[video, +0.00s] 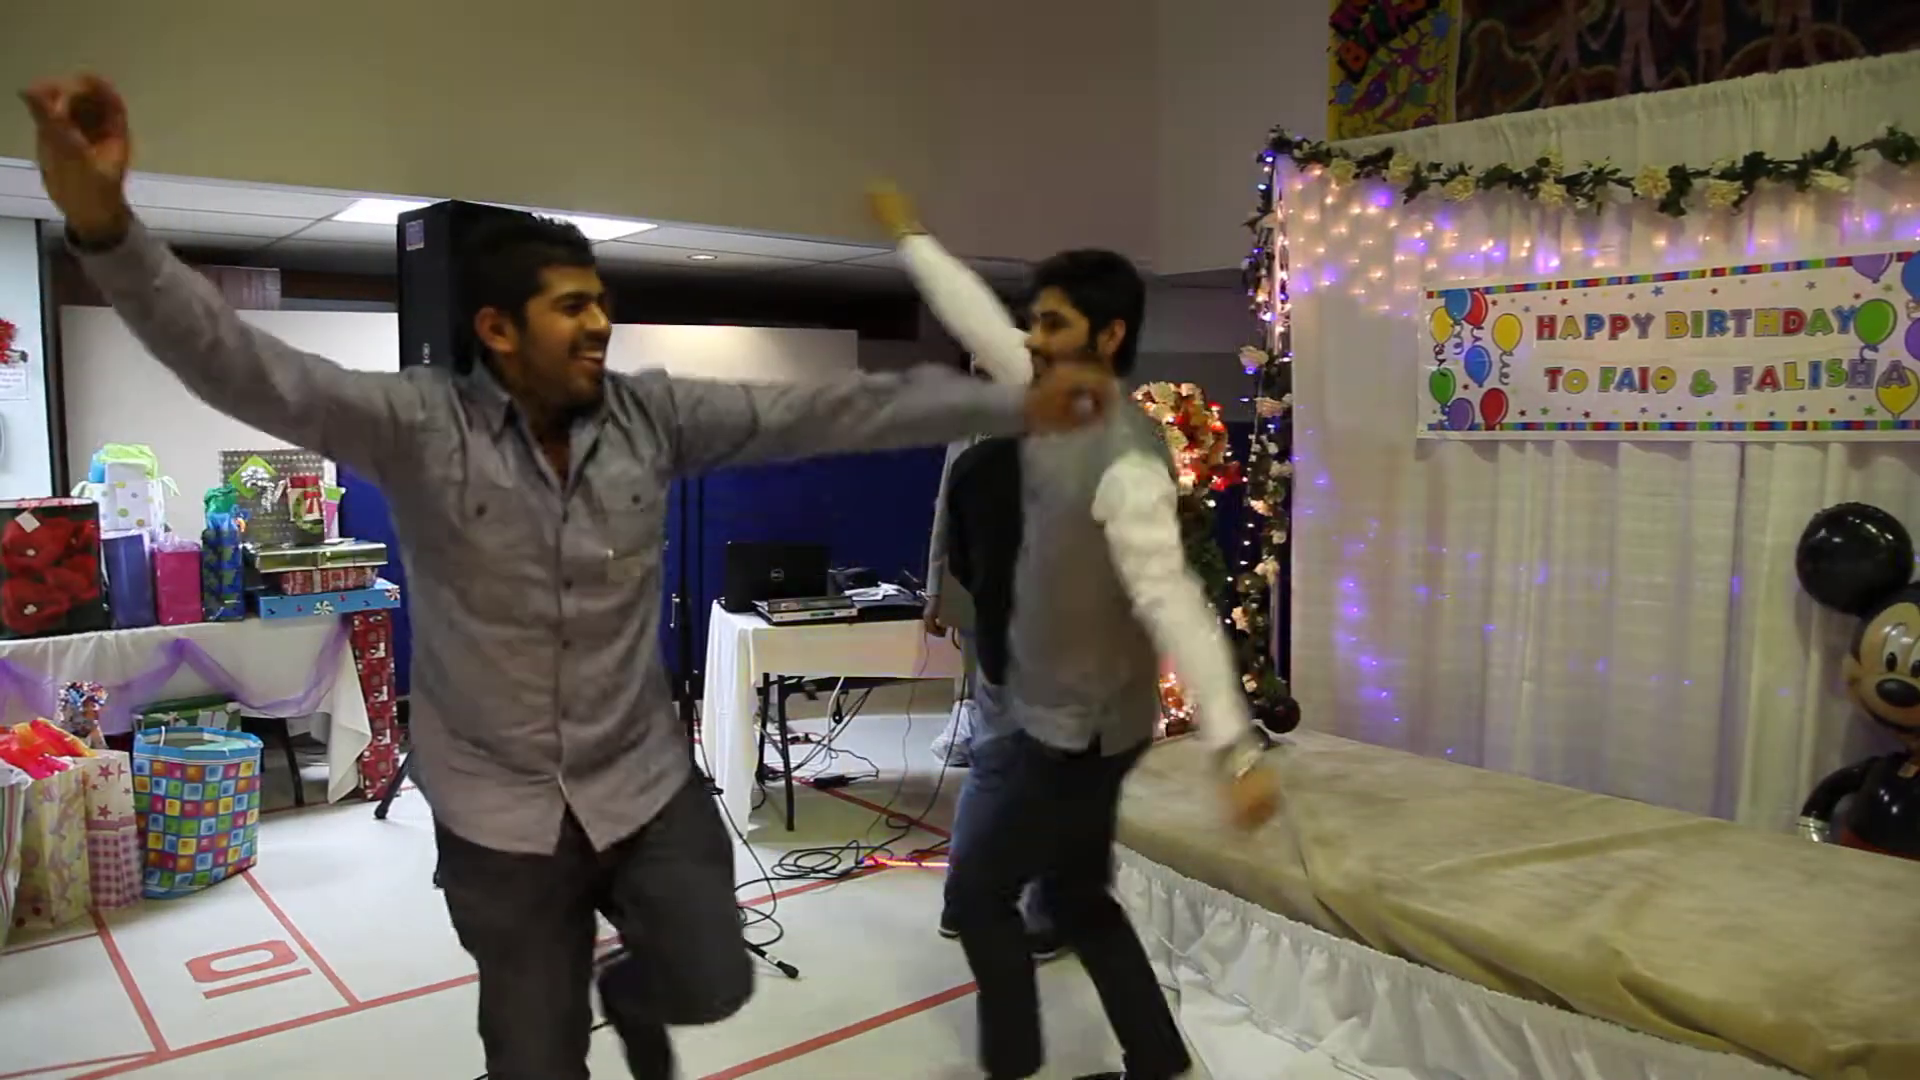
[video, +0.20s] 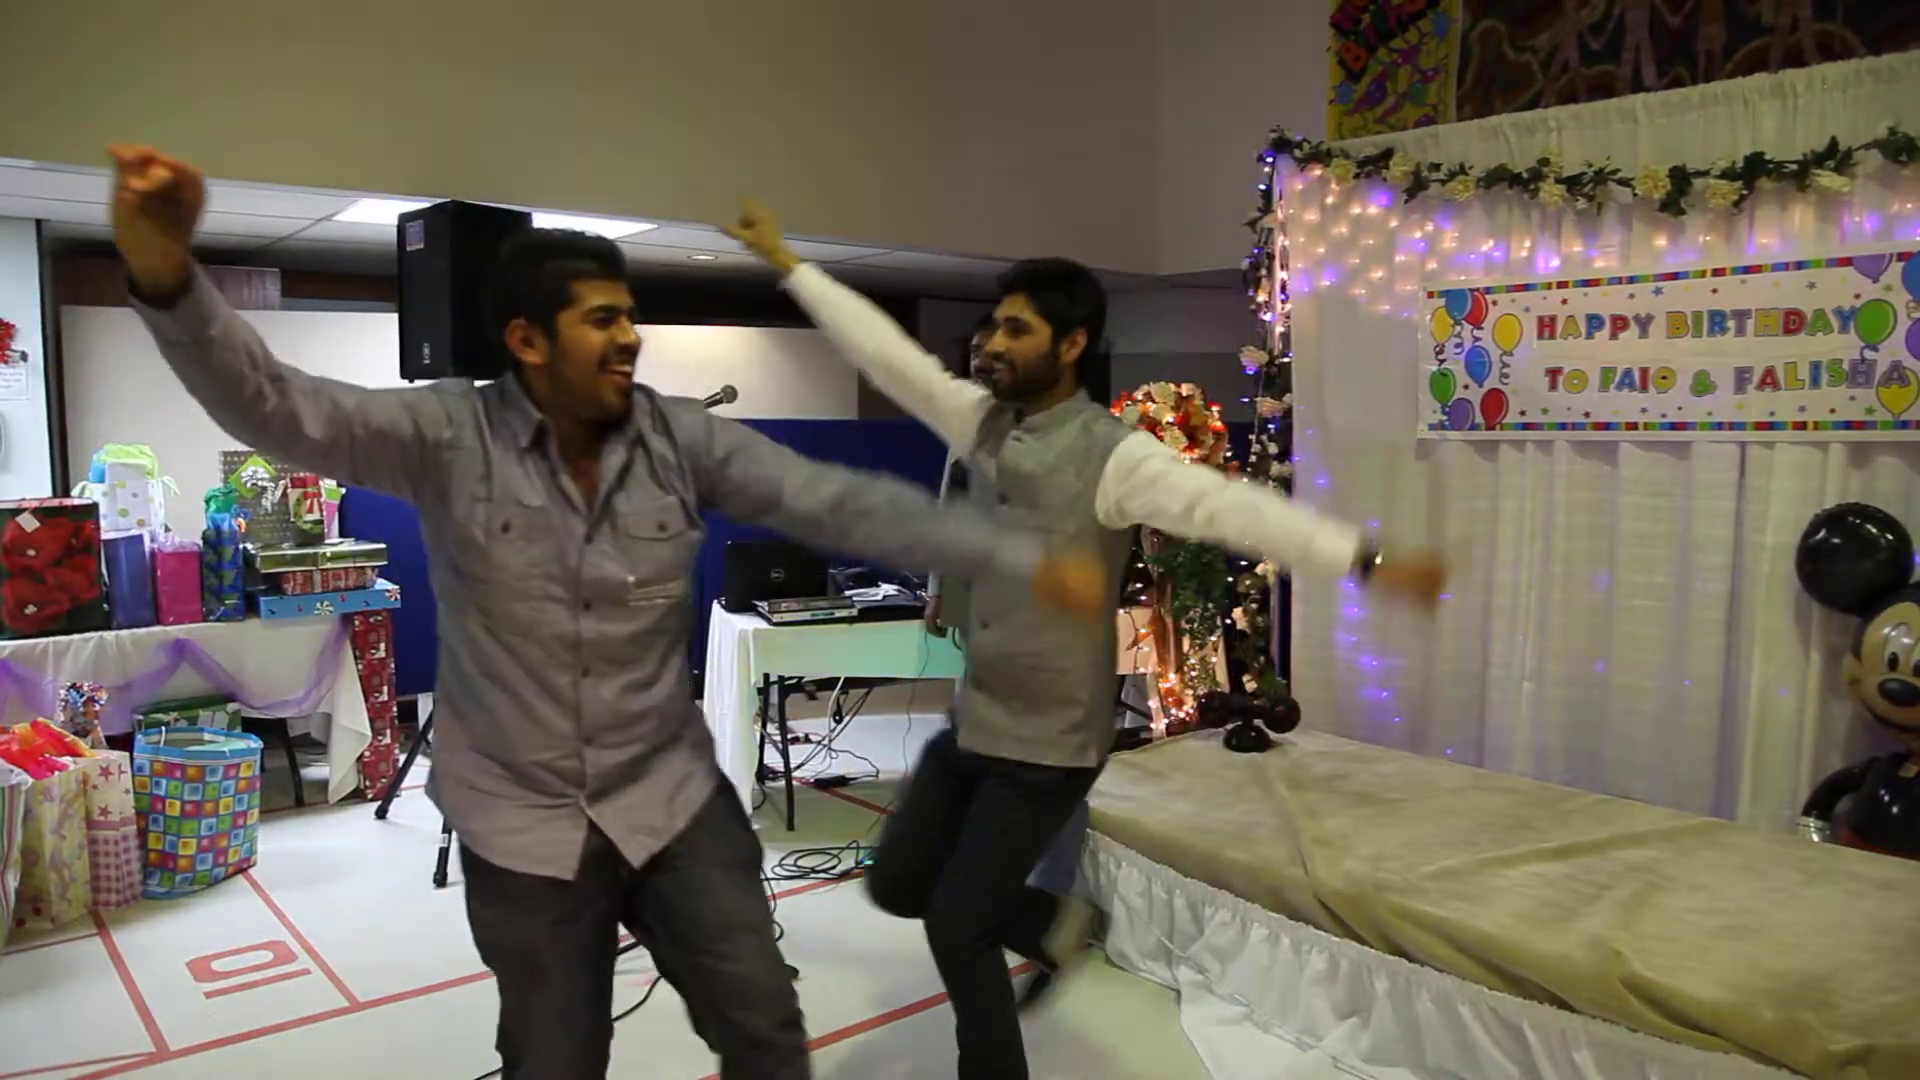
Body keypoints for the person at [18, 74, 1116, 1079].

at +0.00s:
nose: (599, 330)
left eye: (602, 309)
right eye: (572, 312)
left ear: (604, 324)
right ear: (494, 331)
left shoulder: (653, 415)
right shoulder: (416, 423)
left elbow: (835, 409)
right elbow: (246, 370)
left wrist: (1019, 401)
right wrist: (108, 232)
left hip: (649, 782)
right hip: (499, 809)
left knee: (711, 979)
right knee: (537, 1060)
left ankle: (621, 998)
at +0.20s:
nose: (628, 338)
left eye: (631, 318)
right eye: (601, 321)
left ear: (630, 336)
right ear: (524, 341)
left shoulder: (684, 439)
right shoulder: (445, 433)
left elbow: (852, 506)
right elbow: (284, 409)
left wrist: (1032, 556)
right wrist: (171, 286)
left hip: (672, 793)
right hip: (520, 816)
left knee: (768, 1034)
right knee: (553, 1062)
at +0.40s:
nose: (672, 388)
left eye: (673, 368)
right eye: (644, 370)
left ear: (677, 381)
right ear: (570, 394)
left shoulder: (730, 501)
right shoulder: (494, 500)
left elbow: (873, 612)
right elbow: (310, 514)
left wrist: (1005, 670)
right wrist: (266, 362)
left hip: (738, 853)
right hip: (581, 877)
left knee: (840, 1061)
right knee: (591, 1078)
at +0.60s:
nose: (688, 368)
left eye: (687, 345)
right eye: (659, 351)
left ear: (688, 359)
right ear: (581, 371)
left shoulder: (749, 461)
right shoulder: (509, 477)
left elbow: (905, 495)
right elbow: (347, 454)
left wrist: (1060, 488)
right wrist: (242, 325)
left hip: (740, 835)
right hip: (588, 859)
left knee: (841, 1056)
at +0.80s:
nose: (648, 340)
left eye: (651, 320)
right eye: (621, 319)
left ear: (653, 336)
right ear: (543, 336)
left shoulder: (677, 423)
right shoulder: (488, 439)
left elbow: (827, 419)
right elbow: (387, 469)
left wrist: (989, 401)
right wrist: (286, 437)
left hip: (660, 788)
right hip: (531, 827)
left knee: (775, 974)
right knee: (587, 1061)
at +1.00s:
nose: (615, 326)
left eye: (619, 307)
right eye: (586, 309)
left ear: (625, 315)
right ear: (514, 335)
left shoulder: (642, 420)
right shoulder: (474, 442)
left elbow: (775, 391)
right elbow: (421, 505)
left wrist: (910, 340)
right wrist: (371, 555)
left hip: (622, 797)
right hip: (505, 830)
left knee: (667, 987)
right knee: (578, 1056)